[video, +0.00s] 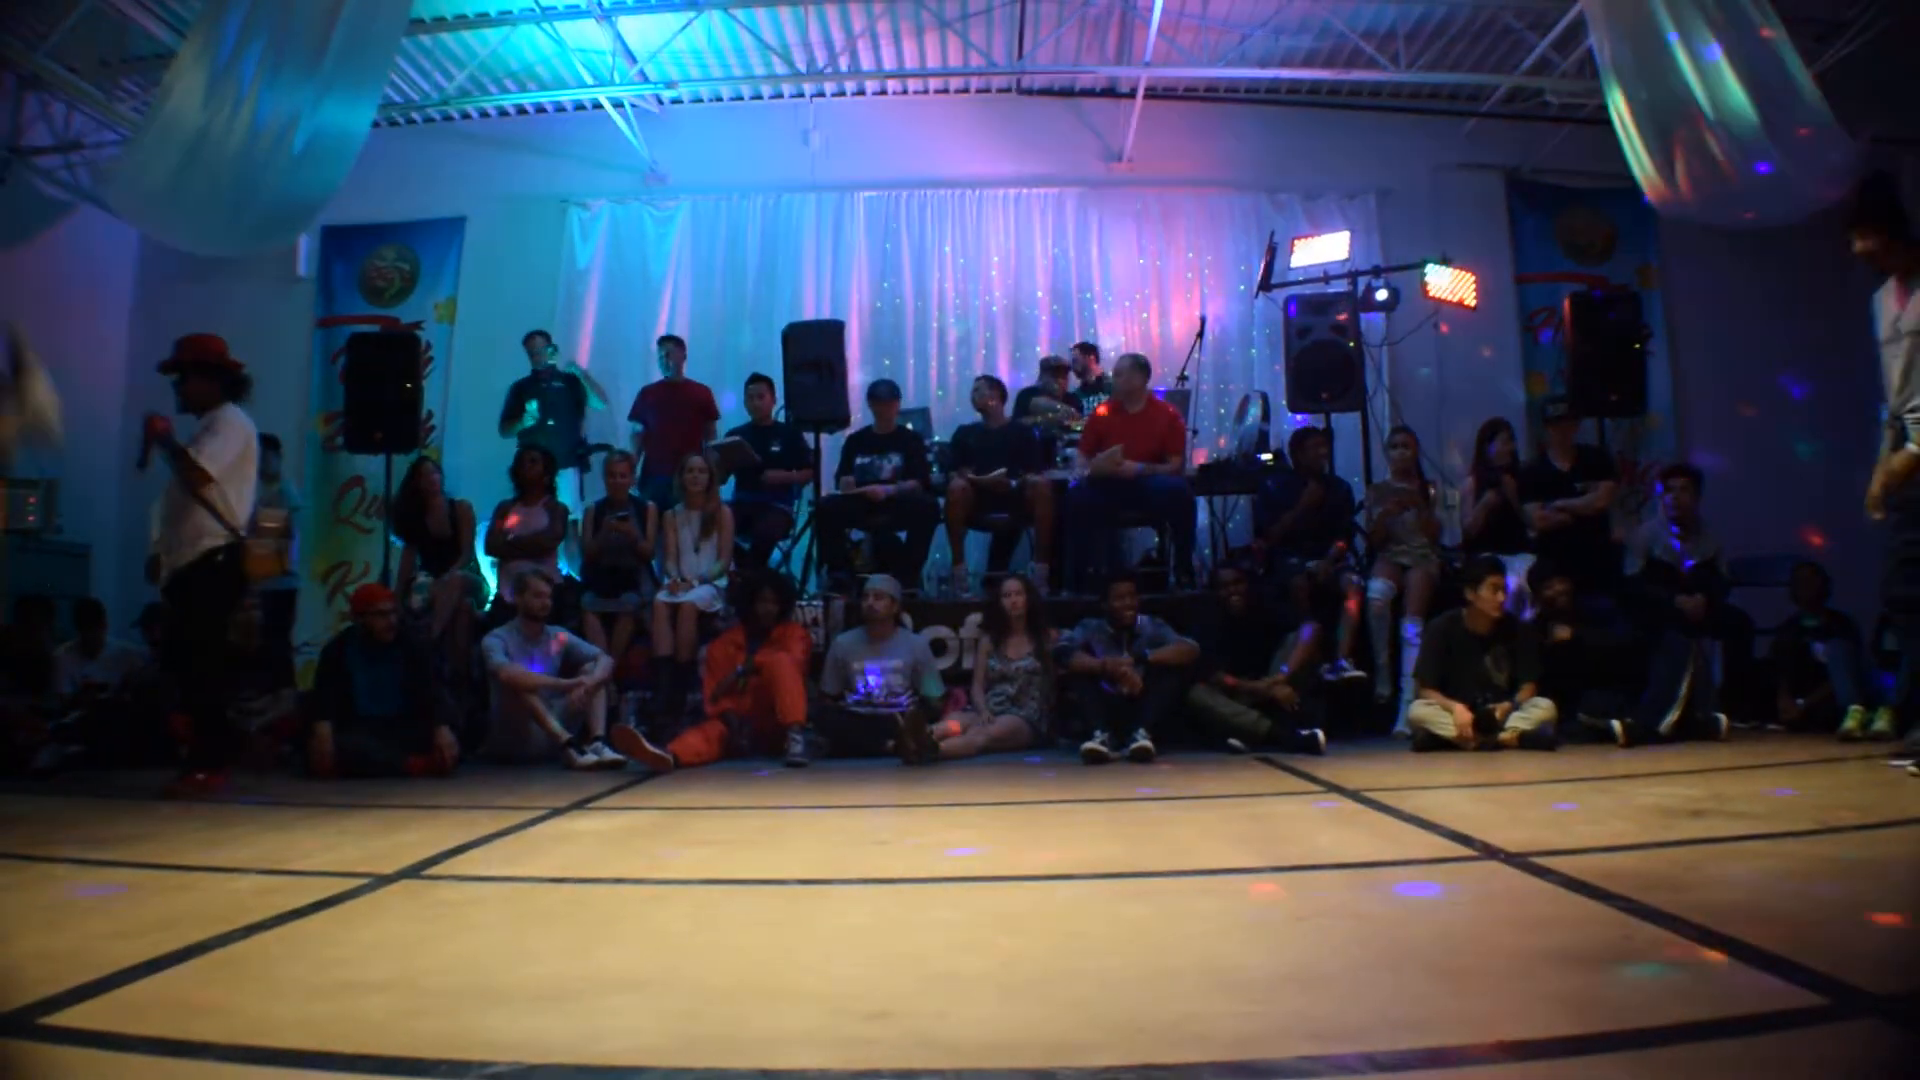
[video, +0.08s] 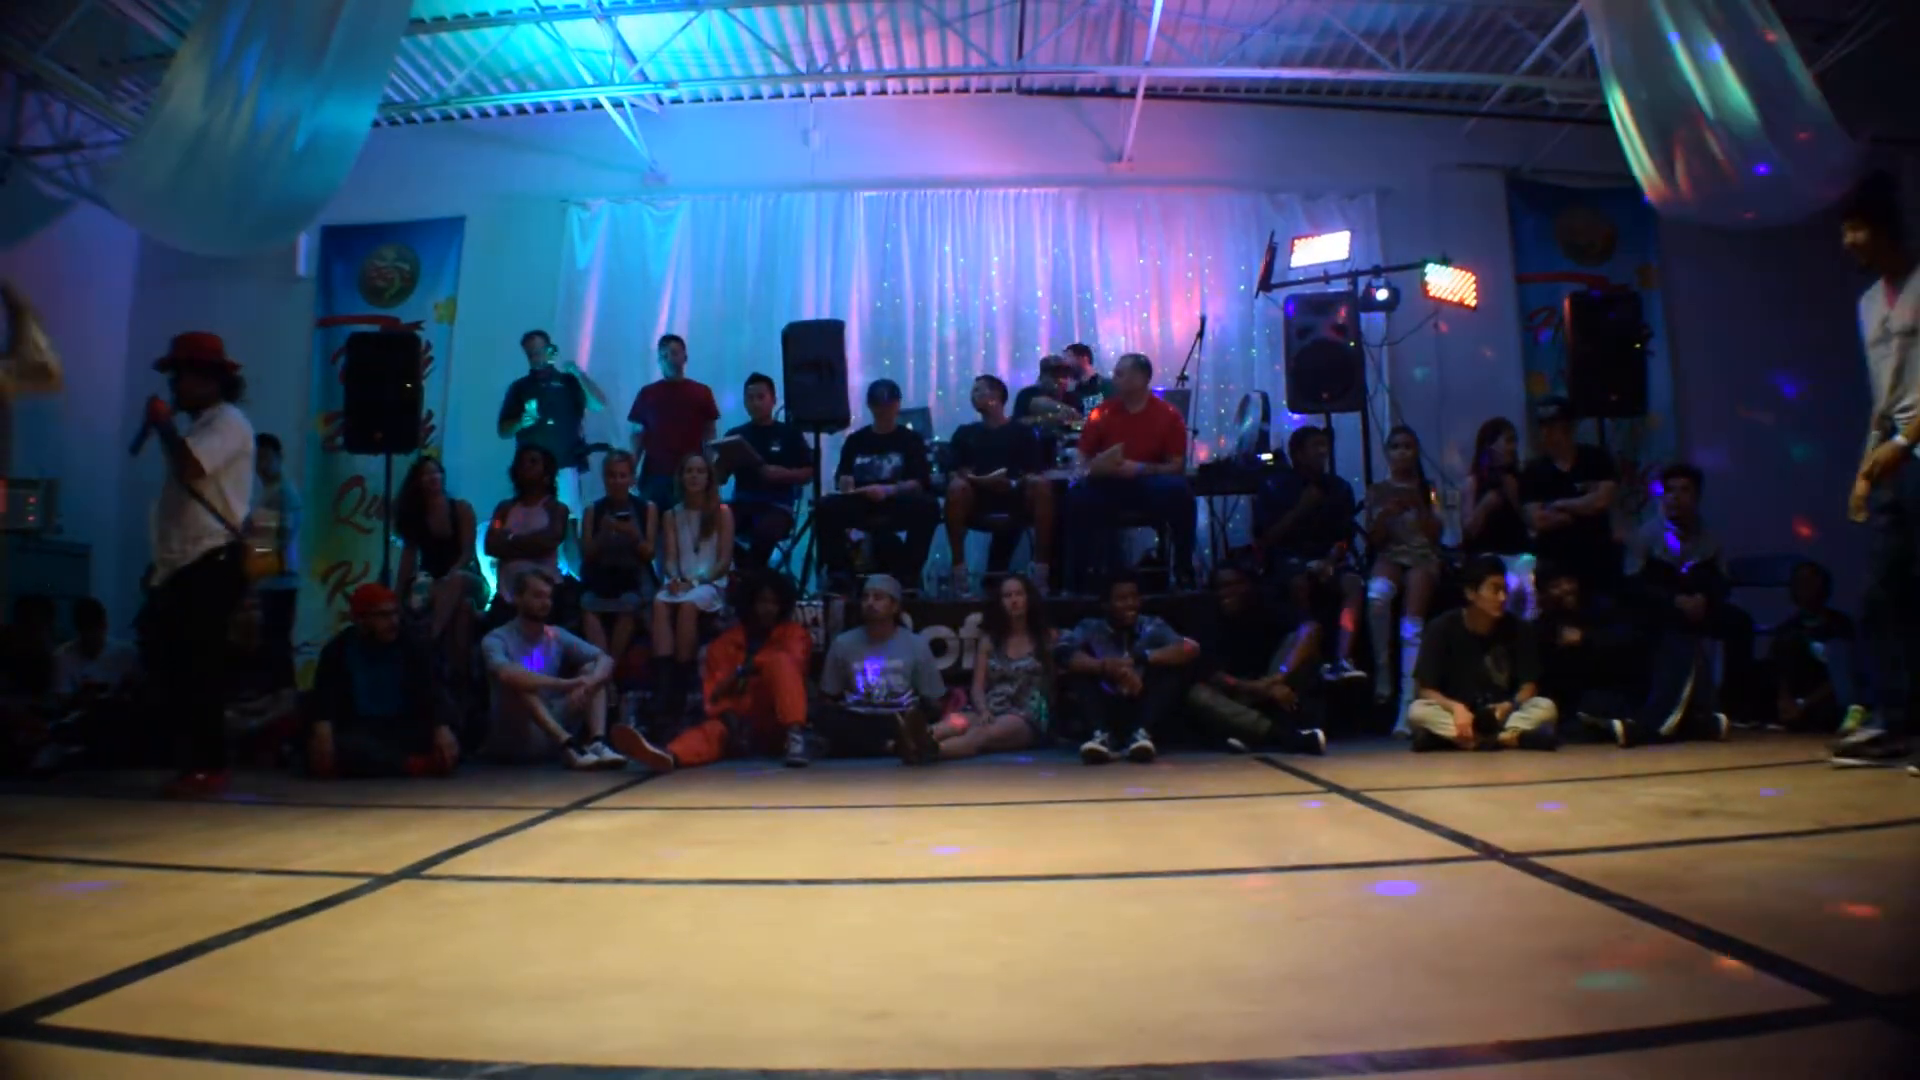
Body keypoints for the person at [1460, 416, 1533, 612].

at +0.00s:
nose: (1510, 447)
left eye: (1511, 441)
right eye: (1503, 442)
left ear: (1514, 444)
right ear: (1487, 447)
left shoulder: (1522, 478)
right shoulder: (1473, 483)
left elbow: (1534, 523)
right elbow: (1469, 530)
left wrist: (1514, 498)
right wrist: (1485, 503)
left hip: (1520, 552)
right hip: (1487, 552)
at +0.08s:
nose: (1512, 447)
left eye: (1513, 441)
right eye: (1507, 441)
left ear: (1515, 444)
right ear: (1490, 445)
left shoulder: (1520, 478)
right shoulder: (1474, 482)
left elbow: (1532, 521)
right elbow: (1469, 528)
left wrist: (1515, 498)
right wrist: (1486, 505)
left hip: (1519, 552)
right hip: (1488, 553)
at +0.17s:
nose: (1513, 447)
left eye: (1514, 441)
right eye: (1508, 441)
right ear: (1490, 445)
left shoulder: (1518, 478)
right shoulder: (1473, 482)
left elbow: (1528, 519)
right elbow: (1469, 528)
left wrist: (1514, 498)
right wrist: (1486, 505)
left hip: (1518, 551)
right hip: (1486, 553)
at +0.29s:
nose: (1514, 447)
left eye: (1514, 441)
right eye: (1508, 441)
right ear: (1491, 446)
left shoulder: (1515, 479)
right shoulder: (1473, 483)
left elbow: (1525, 519)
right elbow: (1469, 530)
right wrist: (1486, 506)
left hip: (1519, 550)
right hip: (1488, 551)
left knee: (1535, 583)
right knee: (1513, 584)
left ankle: (1527, 642)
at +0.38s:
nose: (1514, 447)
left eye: (1515, 441)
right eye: (1509, 441)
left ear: (1514, 445)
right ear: (1492, 445)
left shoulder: (1518, 477)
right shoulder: (1474, 481)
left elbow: (1528, 519)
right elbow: (1468, 528)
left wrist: (1514, 500)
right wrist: (1486, 506)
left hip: (1519, 549)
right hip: (1488, 549)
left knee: (1534, 581)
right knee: (1512, 583)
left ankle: (1529, 642)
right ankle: (1500, 640)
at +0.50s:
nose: (1514, 447)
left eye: (1515, 441)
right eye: (1509, 441)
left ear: (1514, 445)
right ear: (1492, 445)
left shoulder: (1518, 478)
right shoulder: (1474, 481)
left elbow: (1528, 519)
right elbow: (1468, 529)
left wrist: (1514, 500)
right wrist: (1486, 506)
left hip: (1520, 549)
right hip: (1488, 550)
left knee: (1535, 584)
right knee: (1513, 584)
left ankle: (1529, 643)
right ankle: (1501, 642)